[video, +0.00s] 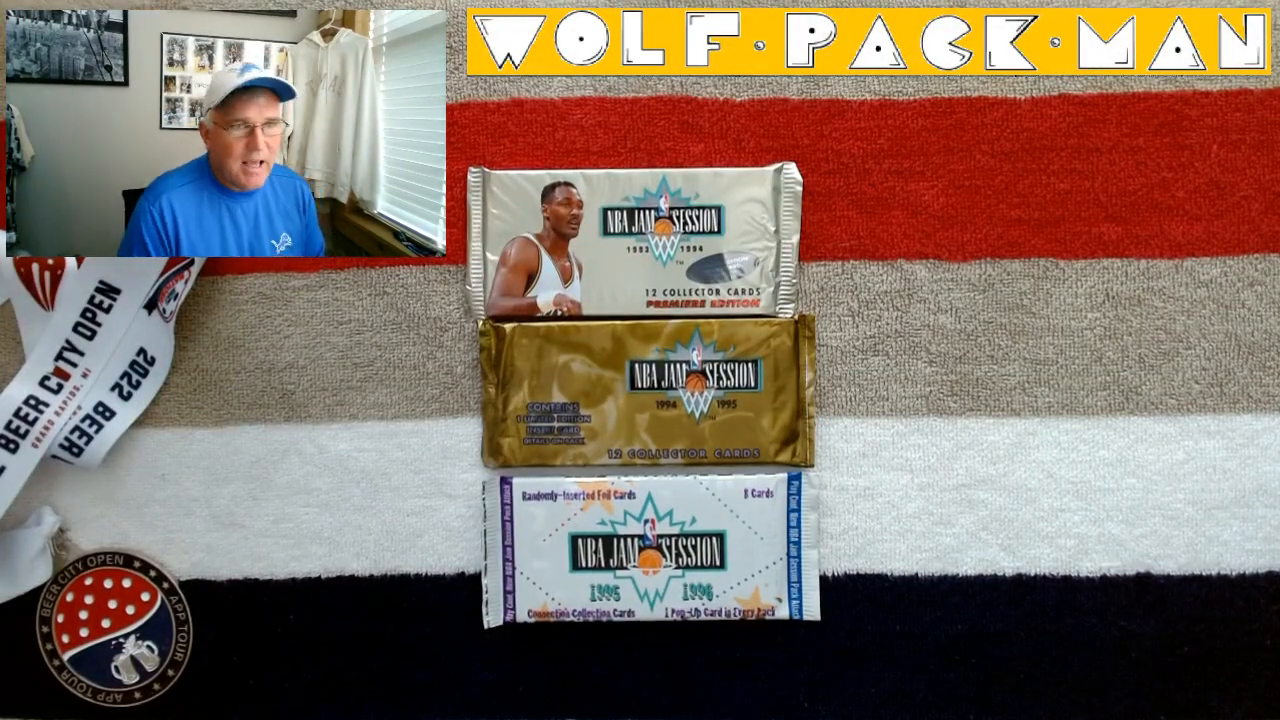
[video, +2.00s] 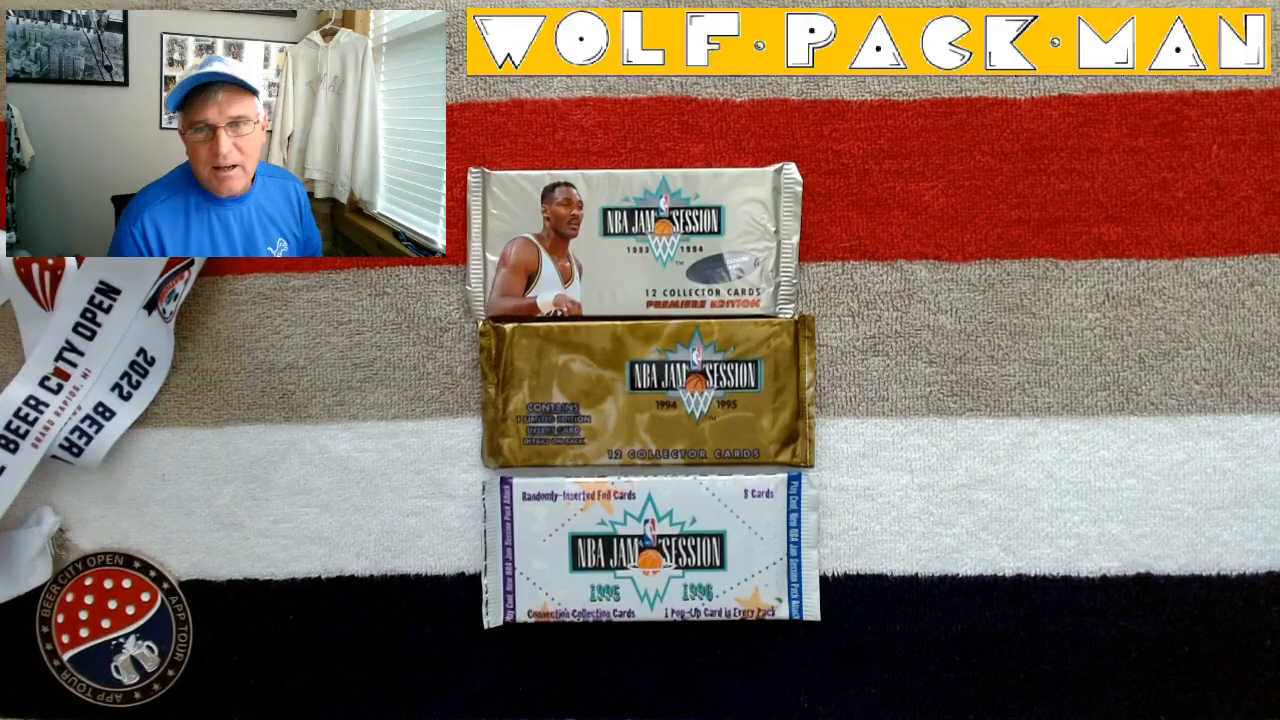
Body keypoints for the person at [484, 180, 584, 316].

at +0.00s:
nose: (576, 213)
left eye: (580, 206)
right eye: (566, 205)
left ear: (583, 211)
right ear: (546, 211)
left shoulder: (575, 265)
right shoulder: (520, 250)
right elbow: (495, 307)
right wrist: (550, 301)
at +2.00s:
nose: (576, 213)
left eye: (580, 207)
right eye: (566, 205)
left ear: (583, 212)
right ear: (545, 211)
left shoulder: (575, 266)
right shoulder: (521, 250)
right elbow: (495, 307)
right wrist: (550, 301)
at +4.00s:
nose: (576, 213)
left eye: (580, 207)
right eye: (566, 205)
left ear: (583, 211)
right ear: (545, 211)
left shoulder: (575, 266)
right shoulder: (521, 249)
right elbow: (494, 307)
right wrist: (550, 301)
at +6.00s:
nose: (576, 213)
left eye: (580, 207)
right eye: (566, 205)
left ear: (583, 211)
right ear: (545, 211)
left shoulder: (575, 266)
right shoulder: (521, 250)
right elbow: (494, 307)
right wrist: (550, 301)